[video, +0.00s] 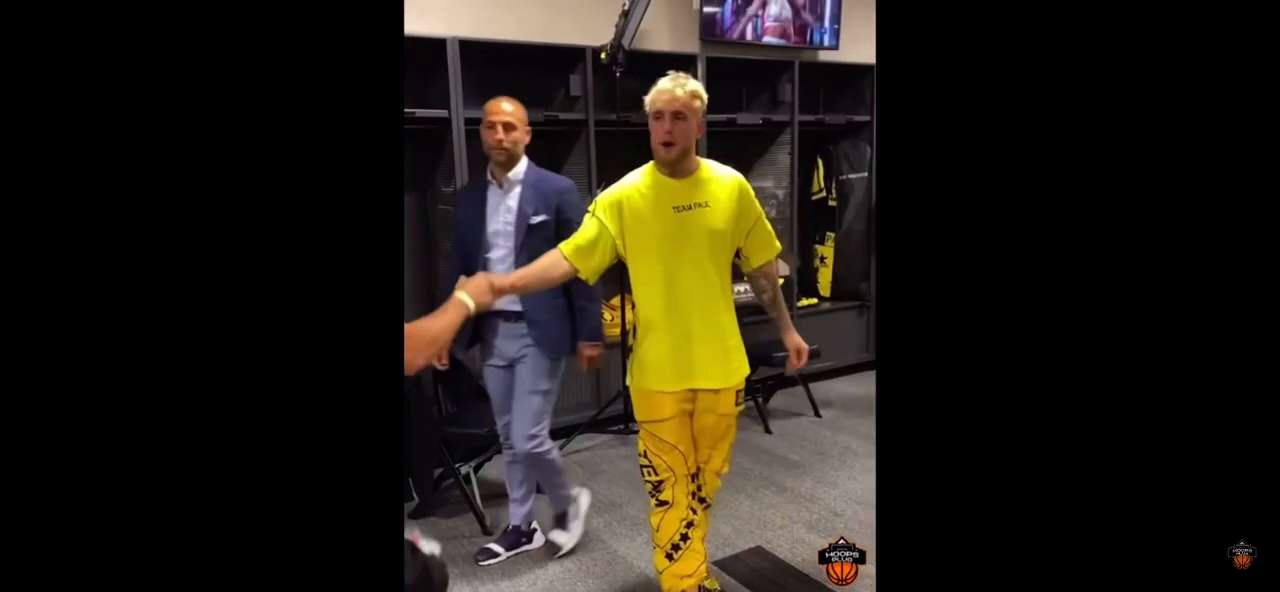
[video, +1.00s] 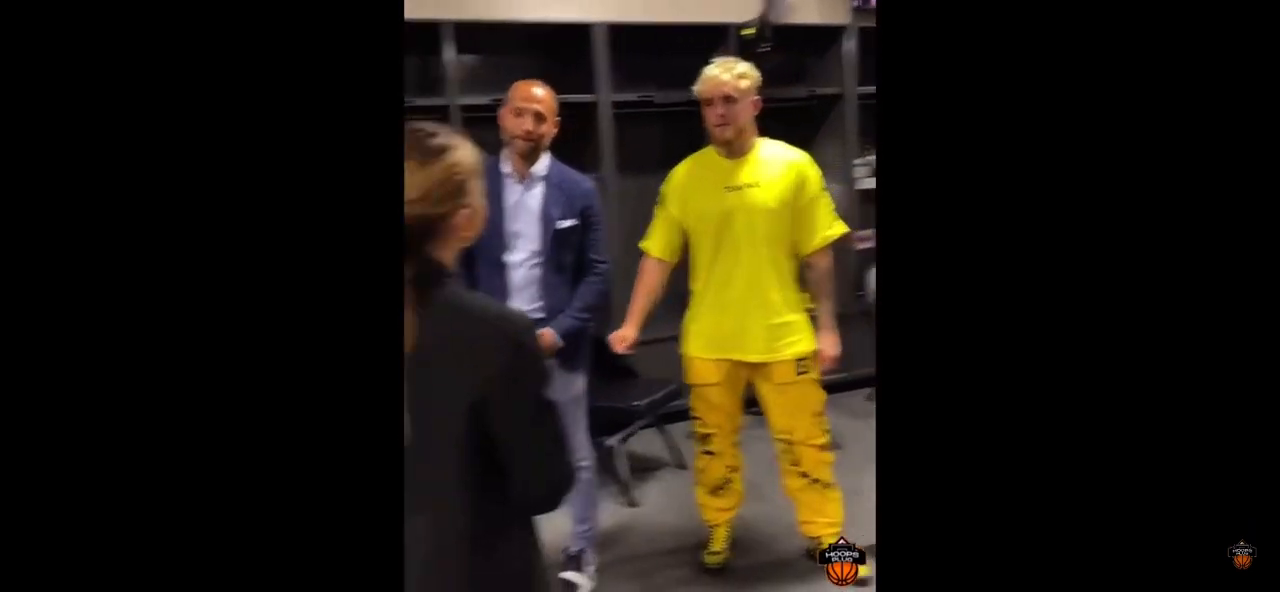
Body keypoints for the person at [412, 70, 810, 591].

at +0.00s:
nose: (667, 128)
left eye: (679, 117)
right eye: (659, 117)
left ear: (700, 126)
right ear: (648, 124)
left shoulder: (731, 188)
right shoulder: (624, 198)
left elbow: (765, 267)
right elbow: (569, 258)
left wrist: (788, 329)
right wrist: (500, 285)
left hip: (720, 362)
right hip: (655, 366)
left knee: (706, 483)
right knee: (673, 492)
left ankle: (686, 568)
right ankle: (685, 583)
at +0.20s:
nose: (661, 125)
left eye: (674, 116)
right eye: (654, 115)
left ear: (695, 124)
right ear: (645, 122)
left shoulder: (721, 190)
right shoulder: (616, 191)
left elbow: (742, 271)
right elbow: (554, 236)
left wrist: (762, 337)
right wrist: (491, 262)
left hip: (706, 356)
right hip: (643, 359)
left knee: (693, 472)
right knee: (661, 478)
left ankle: (684, 568)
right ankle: (675, 582)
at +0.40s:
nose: (655, 125)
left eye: (667, 116)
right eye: (647, 115)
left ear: (689, 125)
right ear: (637, 122)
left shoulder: (712, 189)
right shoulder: (611, 188)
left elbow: (727, 270)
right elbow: (559, 250)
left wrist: (737, 326)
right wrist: (500, 294)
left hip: (694, 343)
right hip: (631, 345)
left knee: (686, 455)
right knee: (633, 458)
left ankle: (680, 548)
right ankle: (625, 567)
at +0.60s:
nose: (649, 122)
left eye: (661, 113)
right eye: (641, 112)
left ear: (682, 121)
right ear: (631, 120)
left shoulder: (708, 188)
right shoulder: (607, 188)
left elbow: (727, 272)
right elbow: (593, 275)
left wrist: (737, 338)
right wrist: (587, 348)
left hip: (694, 349)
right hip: (627, 349)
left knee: (693, 454)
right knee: (614, 454)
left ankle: (693, 544)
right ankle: (591, 539)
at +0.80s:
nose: (662, 116)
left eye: (672, 105)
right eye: (653, 107)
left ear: (694, 112)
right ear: (642, 114)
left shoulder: (727, 178)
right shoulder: (621, 185)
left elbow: (750, 262)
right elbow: (609, 266)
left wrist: (761, 329)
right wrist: (598, 336)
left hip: (717, 337)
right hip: (646, 340)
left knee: (728, 443)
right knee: (638, 445)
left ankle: (734, 536)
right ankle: (634, 533)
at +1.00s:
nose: (717, 112)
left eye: (728, 101)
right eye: (709, 103)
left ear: (755, 104)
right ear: (700, 109)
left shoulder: (794, 167)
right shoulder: (685, 177)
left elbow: (817, 251)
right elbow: (658, 254)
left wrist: (827, 326)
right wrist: (632, 323)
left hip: (784, 331)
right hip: (711, 334)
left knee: (806, 439)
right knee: (713, 439)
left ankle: (824, 536)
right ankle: (718, 526)